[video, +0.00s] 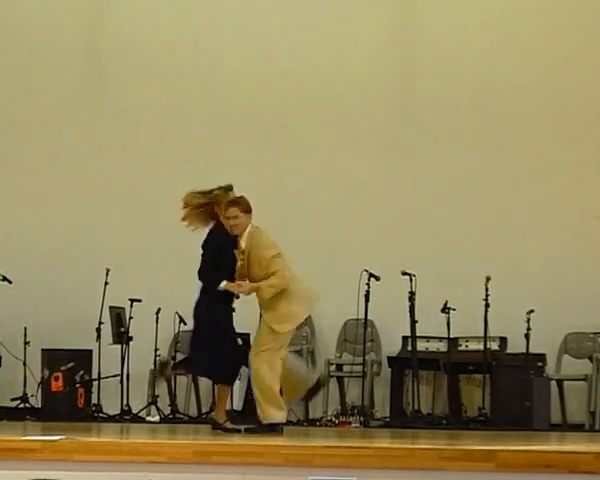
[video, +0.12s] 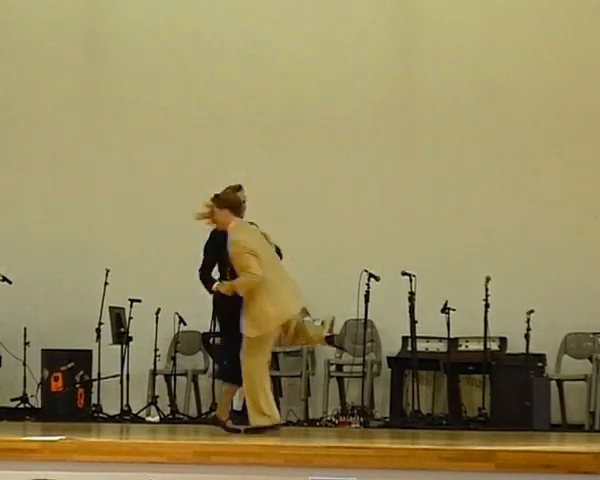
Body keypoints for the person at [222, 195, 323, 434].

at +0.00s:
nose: (231, 223)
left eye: (235, 217)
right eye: (227, 218)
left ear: (248, 216)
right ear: (223, 219)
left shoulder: (260, 241)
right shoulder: (244, 243)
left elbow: (282, 278)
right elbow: (247, 275)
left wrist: (252, 288)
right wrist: (237, 282)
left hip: (287, 304)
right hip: (275, 304)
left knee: (262, 357)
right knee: (265, 355)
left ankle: (272, 419)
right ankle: (308, 380)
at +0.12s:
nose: (212, 218)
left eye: (214, 212)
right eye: (211, 213)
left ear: (226, 212)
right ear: (234, 212)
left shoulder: (236, 239)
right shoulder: (250, 230)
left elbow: (254, 275)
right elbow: (275, 255)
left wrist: (229, 287)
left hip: (265, 307)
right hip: (284, 299)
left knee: (253, 360)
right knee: (280, 335)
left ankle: (264, 419)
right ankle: (323, 334)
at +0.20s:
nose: (209, 217)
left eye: (209, 213)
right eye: (209, 213)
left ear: (213, 213)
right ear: (232, 209)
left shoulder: (218, 239)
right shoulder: (250, 227)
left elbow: (231, 272)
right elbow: (272, 250)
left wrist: (220, 288)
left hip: (255, 296)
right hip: (282, 283)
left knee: (246, 353)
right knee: (304, 316)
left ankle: (256, 409)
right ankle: (331, 335)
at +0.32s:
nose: (251, 210)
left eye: (255, 204)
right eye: (245, 206)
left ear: (207, 217)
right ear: (229, 212)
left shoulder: (203, 247)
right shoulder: (242, 232)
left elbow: (208, 283)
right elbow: (276, 254)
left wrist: (217, 300)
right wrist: (263, 259)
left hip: (235, 303)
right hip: (264, 290)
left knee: (244, 358)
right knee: (308, 318)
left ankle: (254, 419)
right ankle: (354, 345)